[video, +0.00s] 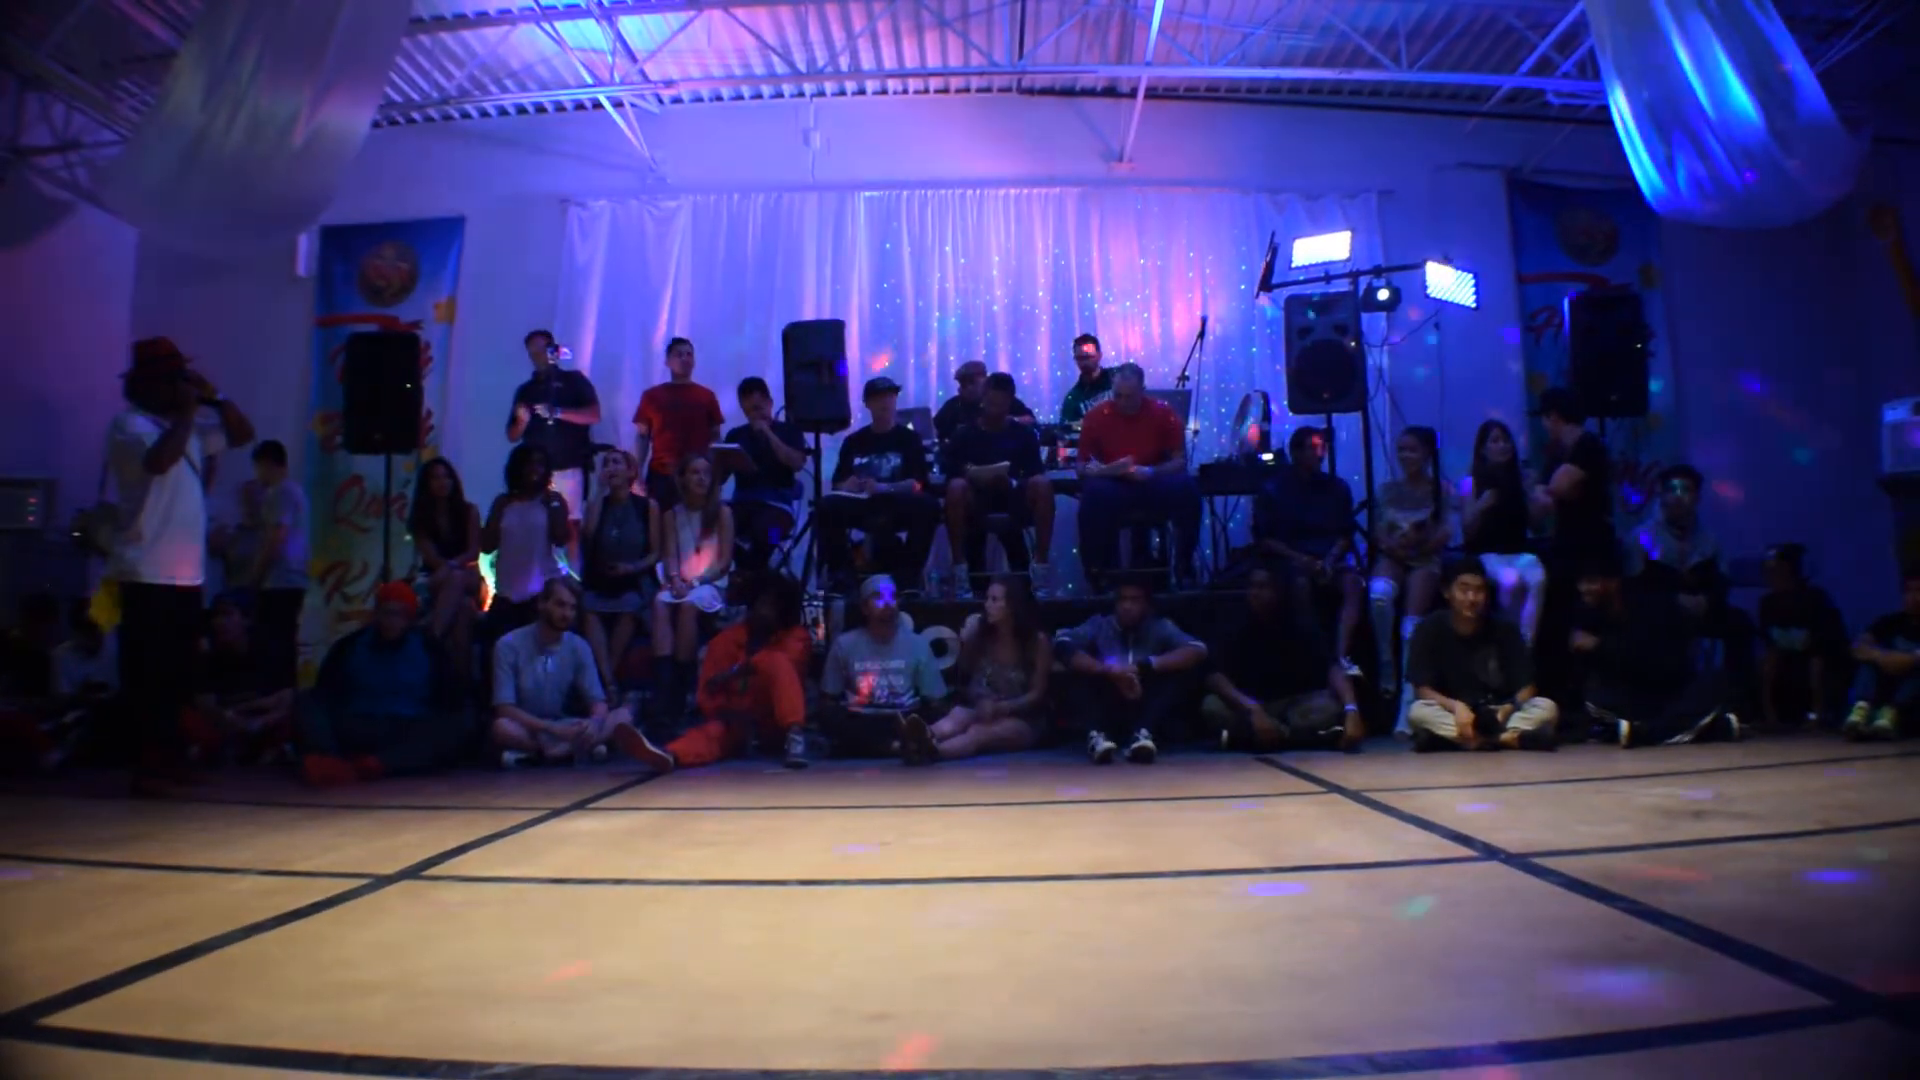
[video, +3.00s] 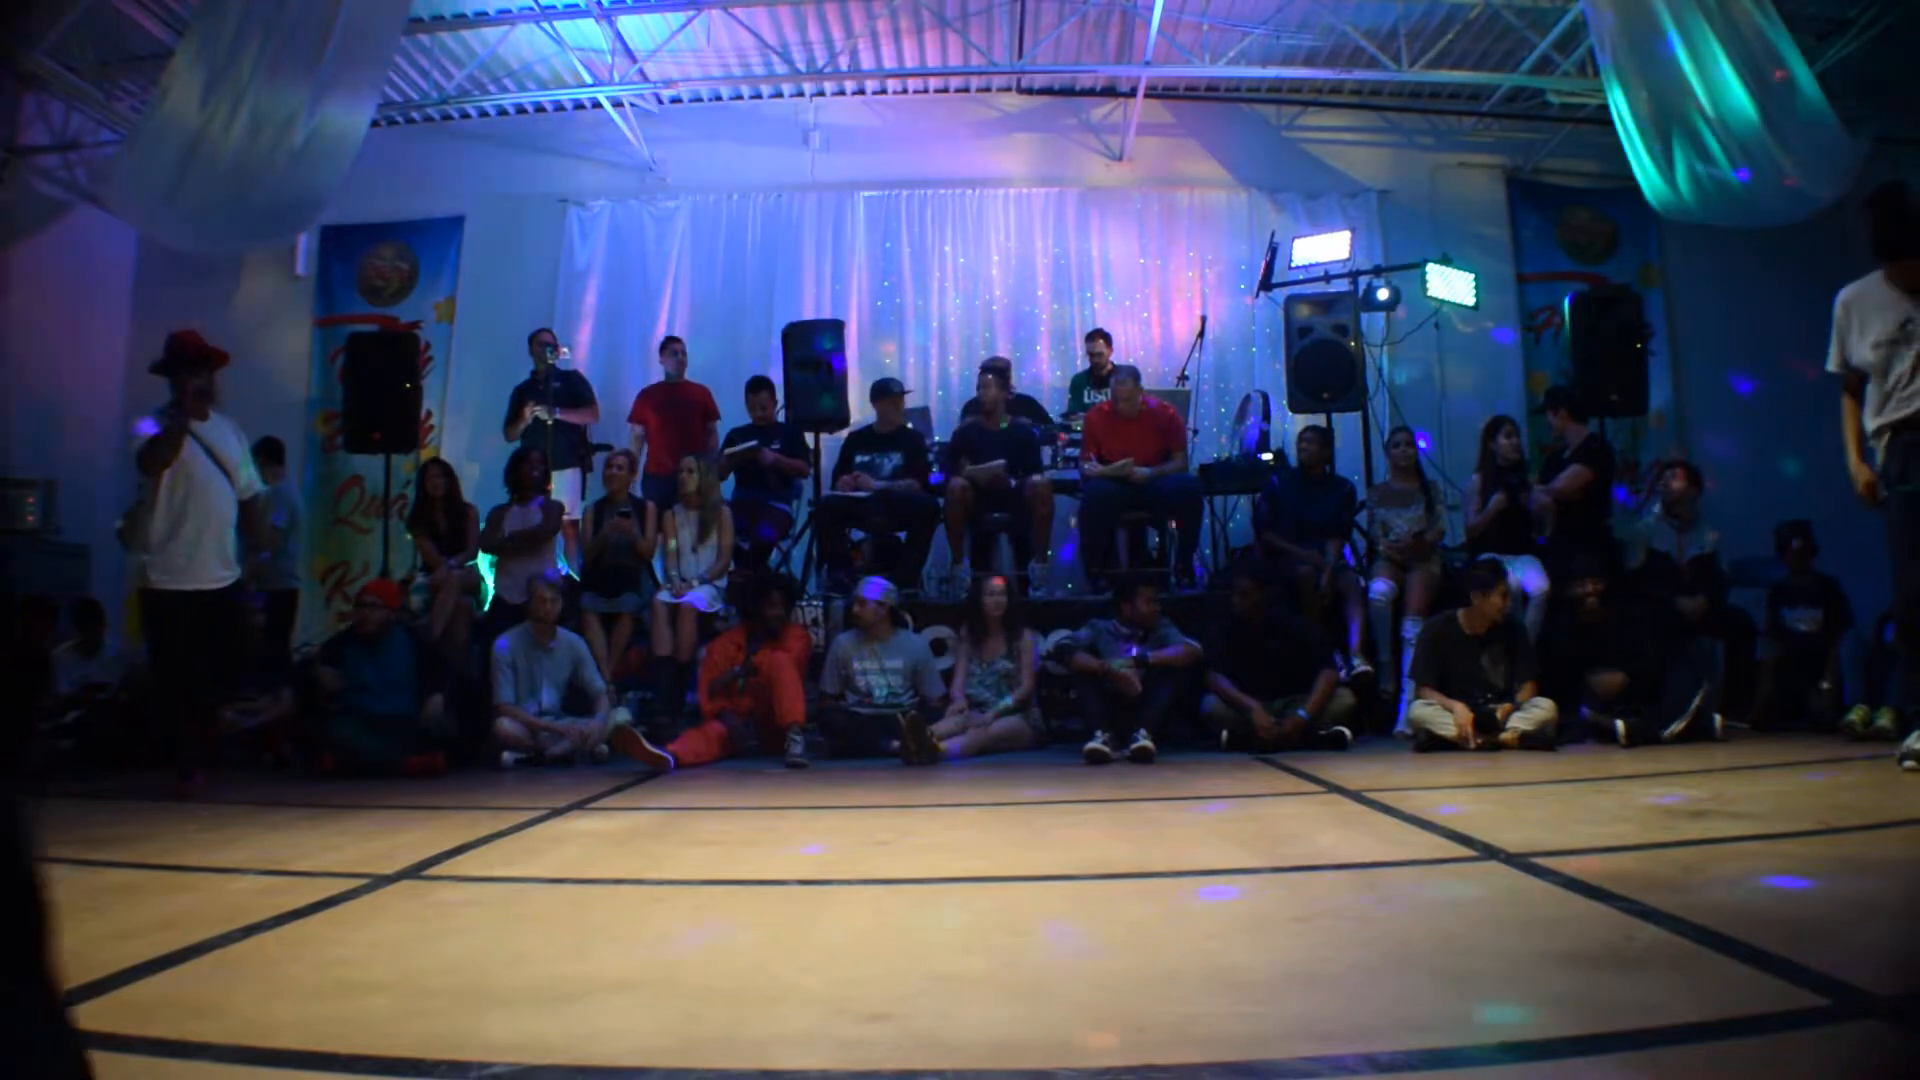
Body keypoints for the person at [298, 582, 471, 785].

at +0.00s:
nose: (391, 621)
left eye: (398, 614)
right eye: (386, 613)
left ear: (411, 617)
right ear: (376, 614)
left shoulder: (427, 650)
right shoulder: (349, 647)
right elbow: (326, 691)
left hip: (410, 726)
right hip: (353, 725)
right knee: (308, 705)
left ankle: (383, 763)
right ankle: (327, 760)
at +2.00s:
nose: (381, 623)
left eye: (388, 616)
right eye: (375, 615)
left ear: (401, 619)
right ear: (364, 617)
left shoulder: (420, 648)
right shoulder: (347, 648)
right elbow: (317, 696)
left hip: (413, 729)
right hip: (356, 728)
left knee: (466, 735)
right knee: (305, 724)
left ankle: (379, 766)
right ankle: (328, 766)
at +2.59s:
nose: (383, 613)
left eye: (390, 605)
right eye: (377, 605)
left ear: (404, 611)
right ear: (369, 609)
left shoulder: (422, 643)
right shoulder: (349, 644)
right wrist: (352, 730)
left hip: (419, 720)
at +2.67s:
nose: (380, 611)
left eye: (388, 605)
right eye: (374, 604)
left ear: (403, 610)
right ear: (366, 607)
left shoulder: (422, 642)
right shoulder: (349, 640)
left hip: (414, 715)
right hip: (363, 716)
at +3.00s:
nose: (365, 614)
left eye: (373, 607)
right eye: (361, 606)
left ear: (389, 612)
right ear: (354, 609)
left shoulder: (410, 642)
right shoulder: (345, 641)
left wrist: (435, 697)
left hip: (404, 717)